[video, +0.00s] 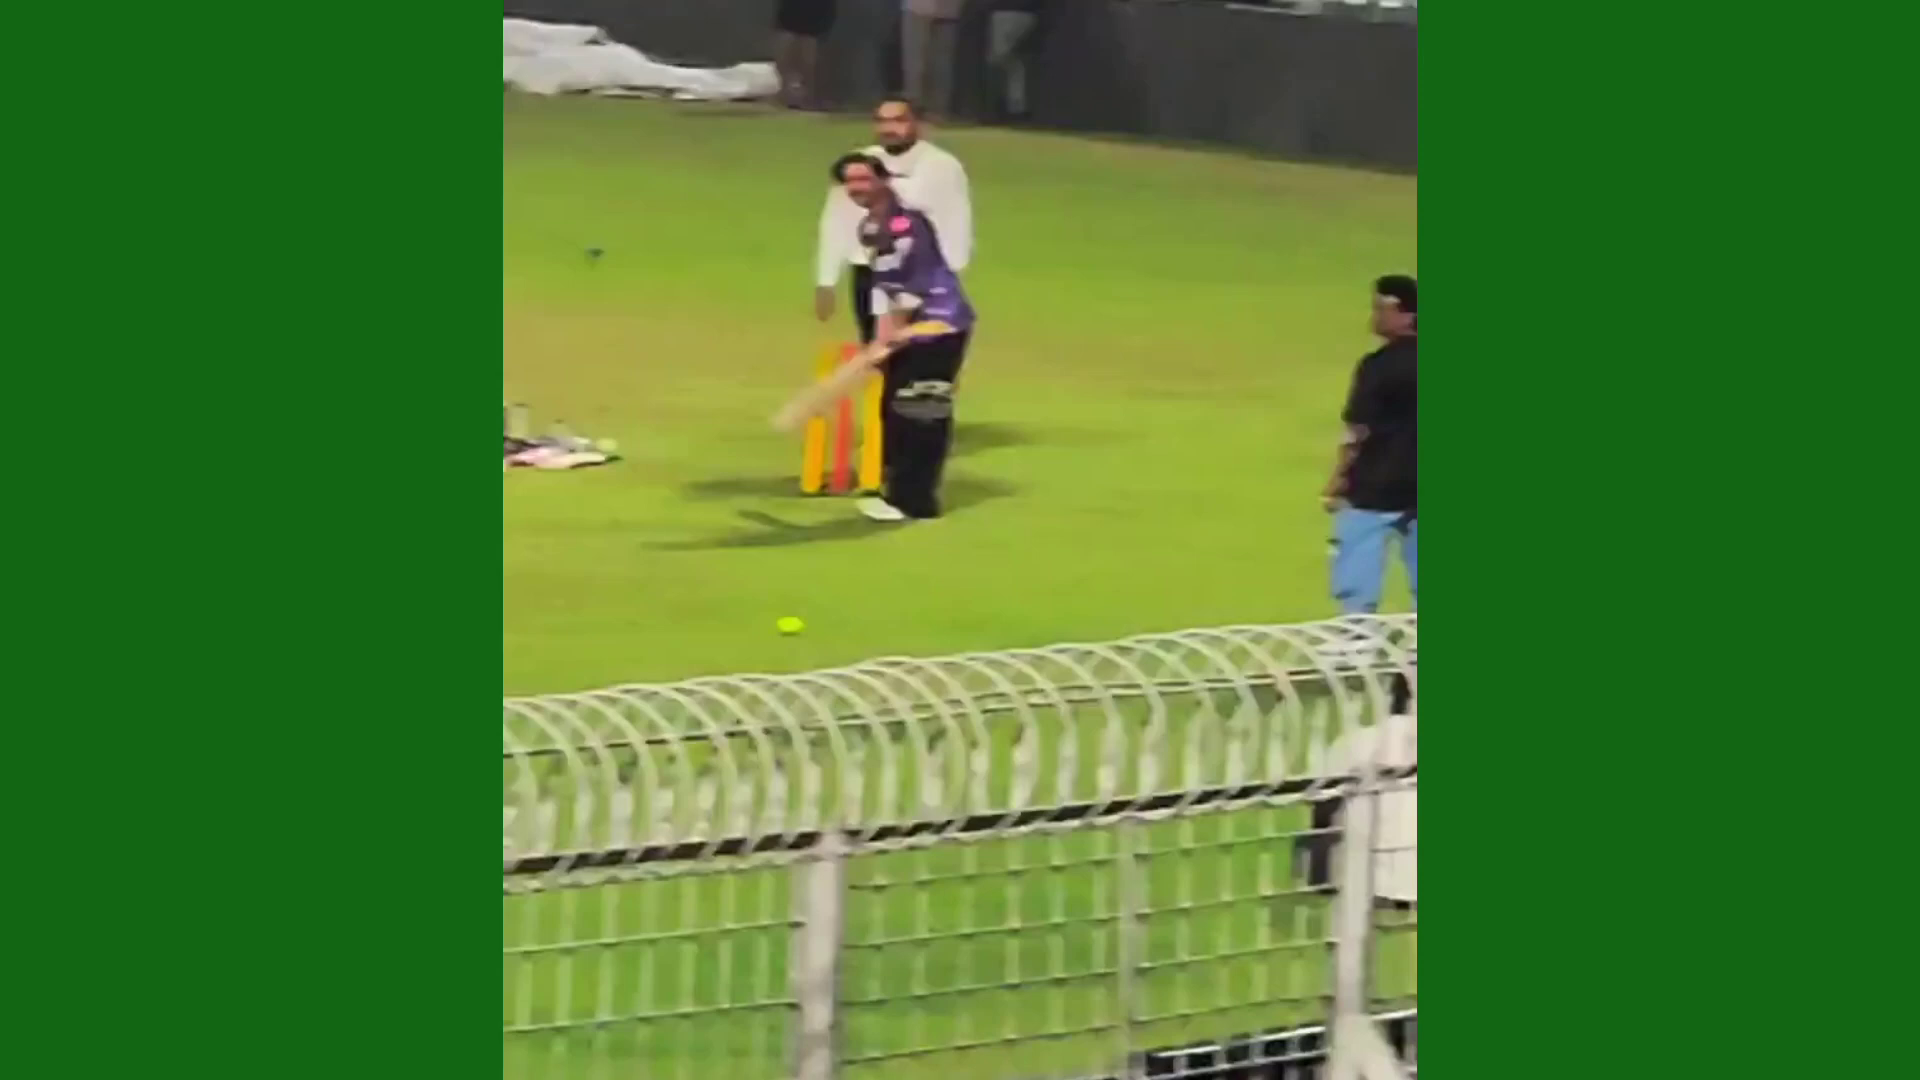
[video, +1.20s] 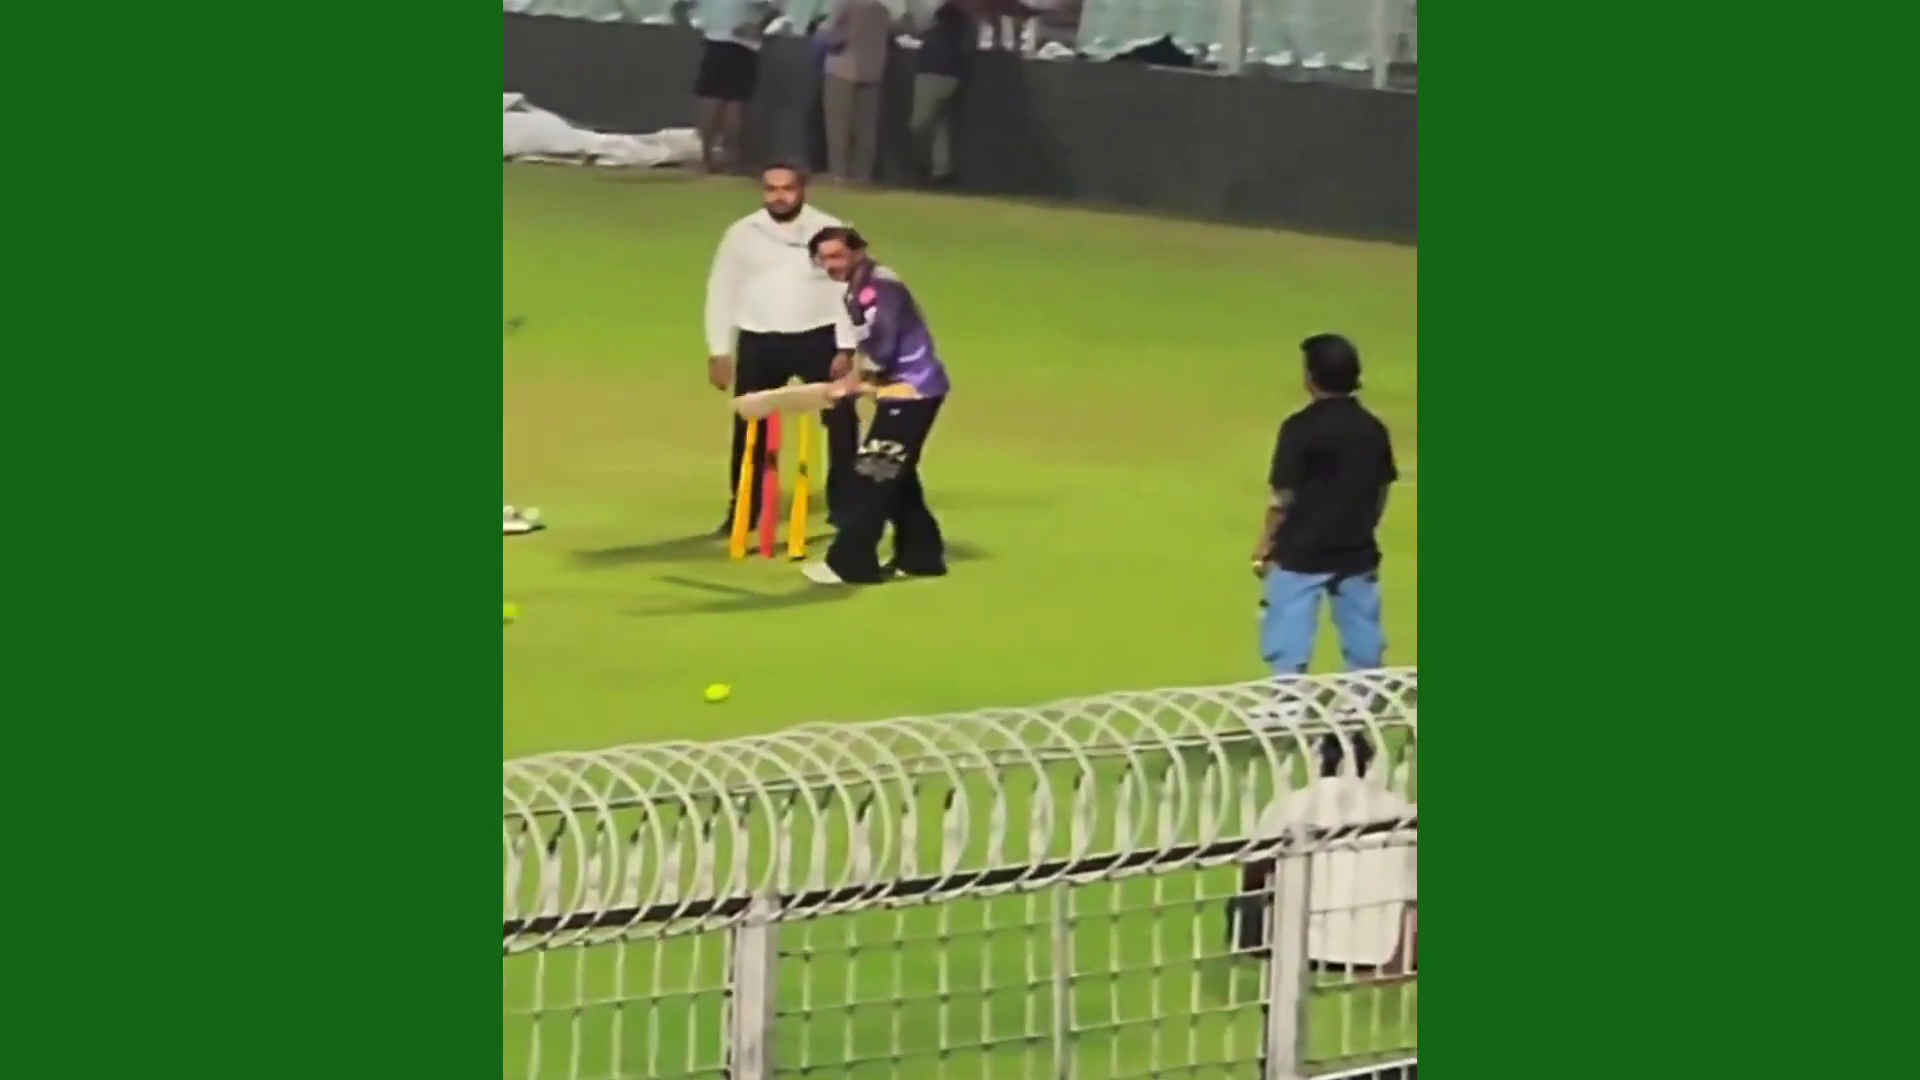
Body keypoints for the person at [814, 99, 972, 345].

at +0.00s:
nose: (889, 129)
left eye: (899, 121)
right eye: (882, 121)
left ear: (914, 124)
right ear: (875, 125)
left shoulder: (944, 166)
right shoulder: (860, 165)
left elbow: (956, 218)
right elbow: (835, 223)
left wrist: (953, 266)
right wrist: (826, 281)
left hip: (924, 270)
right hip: (869, 271)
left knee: (922, 356)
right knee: (878, 354)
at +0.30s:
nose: (900, 141)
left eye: (909, 133)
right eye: (892, 134)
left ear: (925, 137)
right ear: (885, 138)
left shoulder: (954, 181)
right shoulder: (869, 178)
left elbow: (966, 240)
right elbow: (844, 233)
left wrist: (952, 289)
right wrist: (832, 291)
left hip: (931, 284)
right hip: (876, 283)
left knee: (926, 373)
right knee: (879, 372)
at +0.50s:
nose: (849, 219)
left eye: (857, 210)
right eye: (844, 212)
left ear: (877, 212)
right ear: (839, 218)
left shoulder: (906, 255)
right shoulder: (865, 259)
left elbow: (910, 325)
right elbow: (883, 322)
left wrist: (881, 367)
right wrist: (875, 369)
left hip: (938, 353)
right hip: (908, 354)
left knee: (919, 437)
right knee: (896, 435)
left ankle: (910, 526)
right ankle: (896, 521)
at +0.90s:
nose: (828, 245)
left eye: (834, 236)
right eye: (822, 238)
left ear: (853, 237)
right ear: (817, 242)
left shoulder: (880, 279)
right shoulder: (842, 286)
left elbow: (890, 339)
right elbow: (853, 340)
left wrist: (860, 377)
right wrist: (851, 377)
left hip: (910, 379)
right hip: (882, 380)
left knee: (873, 465)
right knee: (873, 463)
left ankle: (862, 548)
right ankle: (910, 535)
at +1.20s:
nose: (830, 266)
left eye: (836, 257)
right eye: (824, 260)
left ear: (857, 252)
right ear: (821, 263)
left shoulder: (883, 290)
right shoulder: (855, 293)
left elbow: (882, 352)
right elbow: (869, 345)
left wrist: (857, 380)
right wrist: (856, 378)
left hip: (916, 391)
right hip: (897, 389)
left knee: (874, 471)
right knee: (894, 471)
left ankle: (850, 562)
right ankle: (921, 556)